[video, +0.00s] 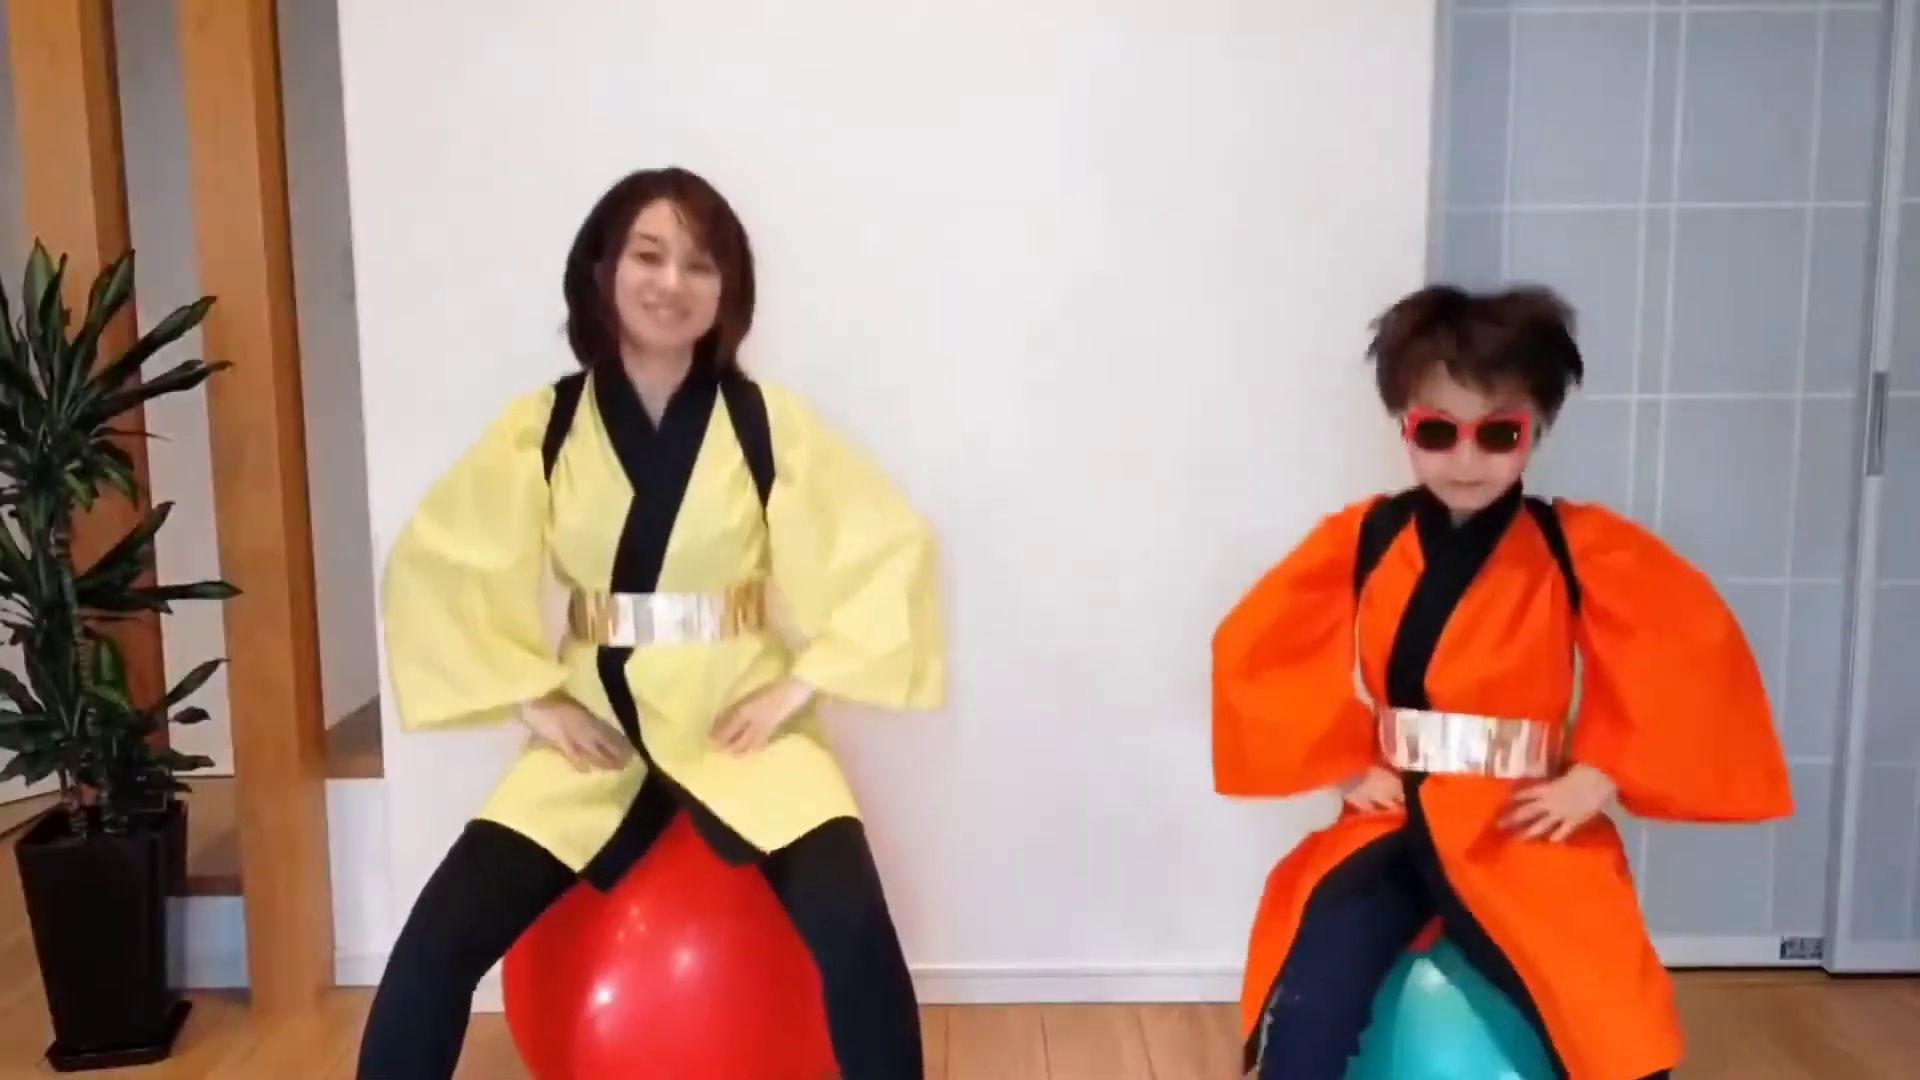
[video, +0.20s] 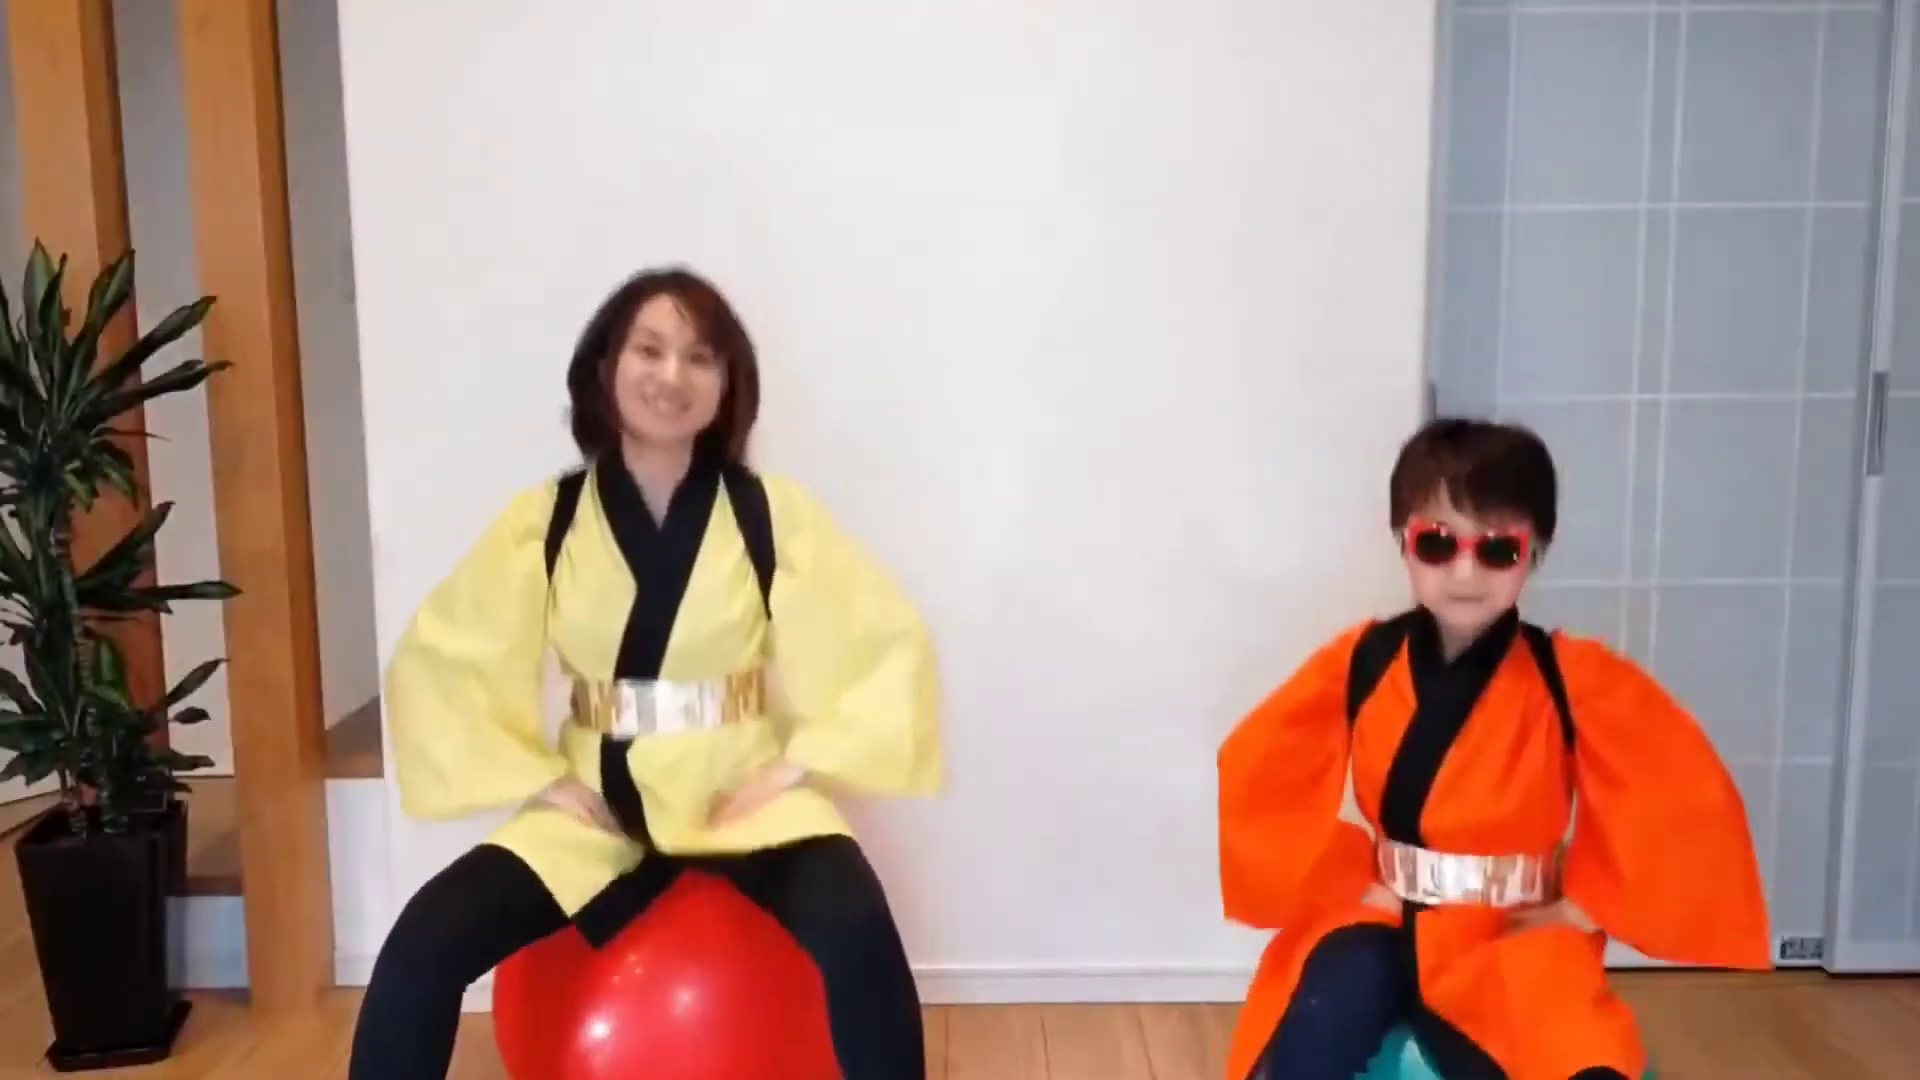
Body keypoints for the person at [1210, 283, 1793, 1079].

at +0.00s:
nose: (1465, 459)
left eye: (1498, 434)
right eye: (1435, 431)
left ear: (1535, 432)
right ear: (1401, 427)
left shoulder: (1579, 544)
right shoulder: (1361, 539)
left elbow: (1693, 657)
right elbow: (1253, 653)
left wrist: (1600, 774)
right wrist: (1345, 762)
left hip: (1528, 828)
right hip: (1390, 823)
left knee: (1619, 1016)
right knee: (1314, 977)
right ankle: (1295, 1066)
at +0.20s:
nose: (1465, 569)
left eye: (1498, 548)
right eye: (1437, 543)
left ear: (1533, 557)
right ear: (1402, 545)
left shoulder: (1571, 676)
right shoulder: (1365, 661)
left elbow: (1680, 796)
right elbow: (1255, 773)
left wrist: (1583, 910)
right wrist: (1346, 869)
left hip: (1511, 935)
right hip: (1382, 920)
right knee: (1330, 990)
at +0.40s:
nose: (1467, 459)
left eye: (1500, 436)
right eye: (1439, 432)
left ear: (1539, 426)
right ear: (1403, 418)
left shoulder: (1585, 537)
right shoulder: (1365, 533)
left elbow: (1700, 659)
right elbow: (1266, 660)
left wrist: (1599, 774)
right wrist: (1348, 769)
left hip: (1528, 834)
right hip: (1393, 823)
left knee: (1547, 1037)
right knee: (1322, 997)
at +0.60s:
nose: (1472, 506)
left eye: (1503, 483)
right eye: (1444, 480)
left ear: (1541, 481)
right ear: (1405, 476)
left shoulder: (1584, 597)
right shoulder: (1368, 587)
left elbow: (1695, 715)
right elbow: (1259, 701)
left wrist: (1602, 824)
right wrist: (1357, 809)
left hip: (1527, 871)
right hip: (1391, 859)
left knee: (1578, 1047)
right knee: (1319, 1001)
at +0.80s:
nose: (1467, 522)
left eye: (1499, 498)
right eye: (1438, 495)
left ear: (1537, 523)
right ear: (1406, 514)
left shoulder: (1579, 648)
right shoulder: (1369, 631)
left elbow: (1700, 774)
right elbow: (1258, 743)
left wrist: (1591, 879)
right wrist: (1348, 851)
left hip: (1520, 918)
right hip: (1386, 901)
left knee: (1590, 1057)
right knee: (1317, 1012)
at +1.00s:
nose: (1471, 415)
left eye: (1505, 390)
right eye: (1443, 387)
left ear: (1543, 409)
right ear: (1407, 397)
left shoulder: (1582, 525)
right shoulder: (1363, 517)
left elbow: (1702, 642)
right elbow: (1256, 630)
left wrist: (1597, 756)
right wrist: (1341, 743)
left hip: (1529, 820)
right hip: (1392, 813)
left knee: (1595, 1030)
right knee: (1307, 994)